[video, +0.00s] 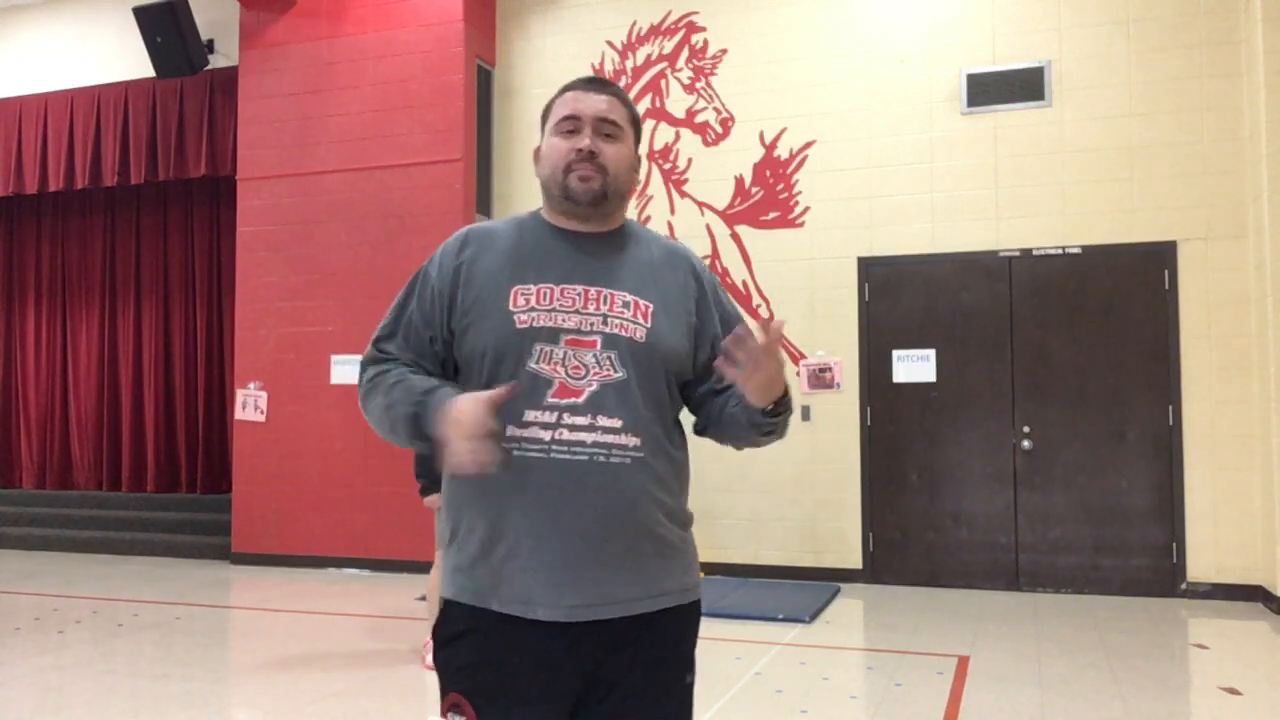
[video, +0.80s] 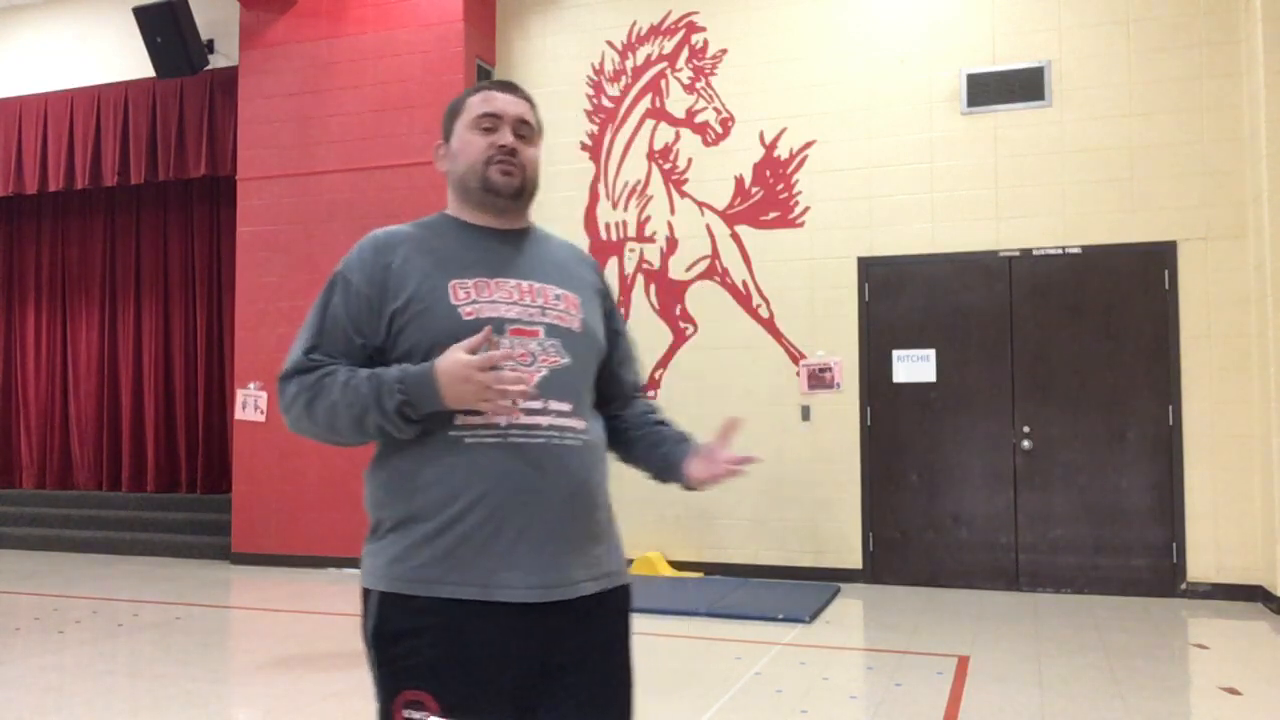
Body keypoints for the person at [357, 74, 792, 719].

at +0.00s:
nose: (585, 142)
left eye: (608, 130)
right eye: (567, 128)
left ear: (638, 166)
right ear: (537, 156)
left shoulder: (682, 274)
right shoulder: (469, 256)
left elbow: (720, 410)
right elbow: (383, 373)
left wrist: (766, 400)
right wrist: (438, 415)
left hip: (646, 606)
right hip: (495, 604)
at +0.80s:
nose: (510, 139)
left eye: (525, 131)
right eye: (488, 124)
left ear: (540, 160)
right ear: (443, 152)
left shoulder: (579, 271)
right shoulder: (385, 259)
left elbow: (622, 404)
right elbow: (304, 392)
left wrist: (683, 455)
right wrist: (427, 387)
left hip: (583, 594)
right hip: (436, 594)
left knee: (593, 711)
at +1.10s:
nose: (476, 163)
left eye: (487, 152)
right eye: (456, 145)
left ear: (497, 170)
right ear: (401, 161)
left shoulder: (521, 279)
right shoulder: (339, 266)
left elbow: (556, 399)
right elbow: (257, 398)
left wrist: (612, 419)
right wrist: (389, 393)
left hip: (517, 597)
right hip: (377, 594)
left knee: (525, 710)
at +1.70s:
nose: (483, 164)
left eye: (488, 148)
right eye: (456, 157)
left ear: (505, 161)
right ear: (422, 189)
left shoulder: (542, 278)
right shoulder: (377, 268)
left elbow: (575, 372)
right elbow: (310, 396)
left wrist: (596, 391)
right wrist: (396, 479)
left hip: (533, 581)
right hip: (412, 579)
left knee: (528, 712)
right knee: (397, 710)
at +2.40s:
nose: (542, 181)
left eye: (552, 168)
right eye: (519, 171)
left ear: (571, 188)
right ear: (485, 199)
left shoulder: (603, 288)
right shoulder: (439, 273)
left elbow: (657, 402)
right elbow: (381, 403)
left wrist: (651, 365)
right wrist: (395, 523)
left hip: (583, 570)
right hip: (469, 567)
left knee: (569, 713)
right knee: (462, 711)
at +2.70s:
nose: (534, 181)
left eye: (548, 171)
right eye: (514, 170)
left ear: (567, 194)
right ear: (483, 197)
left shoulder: (609, 285)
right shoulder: (433, 272)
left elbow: (704, 350)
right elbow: (360, 377)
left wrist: (684, 339)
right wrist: (435, 431)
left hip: (580, 570)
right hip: (463, 565)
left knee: (568, 713)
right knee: (465, 711)